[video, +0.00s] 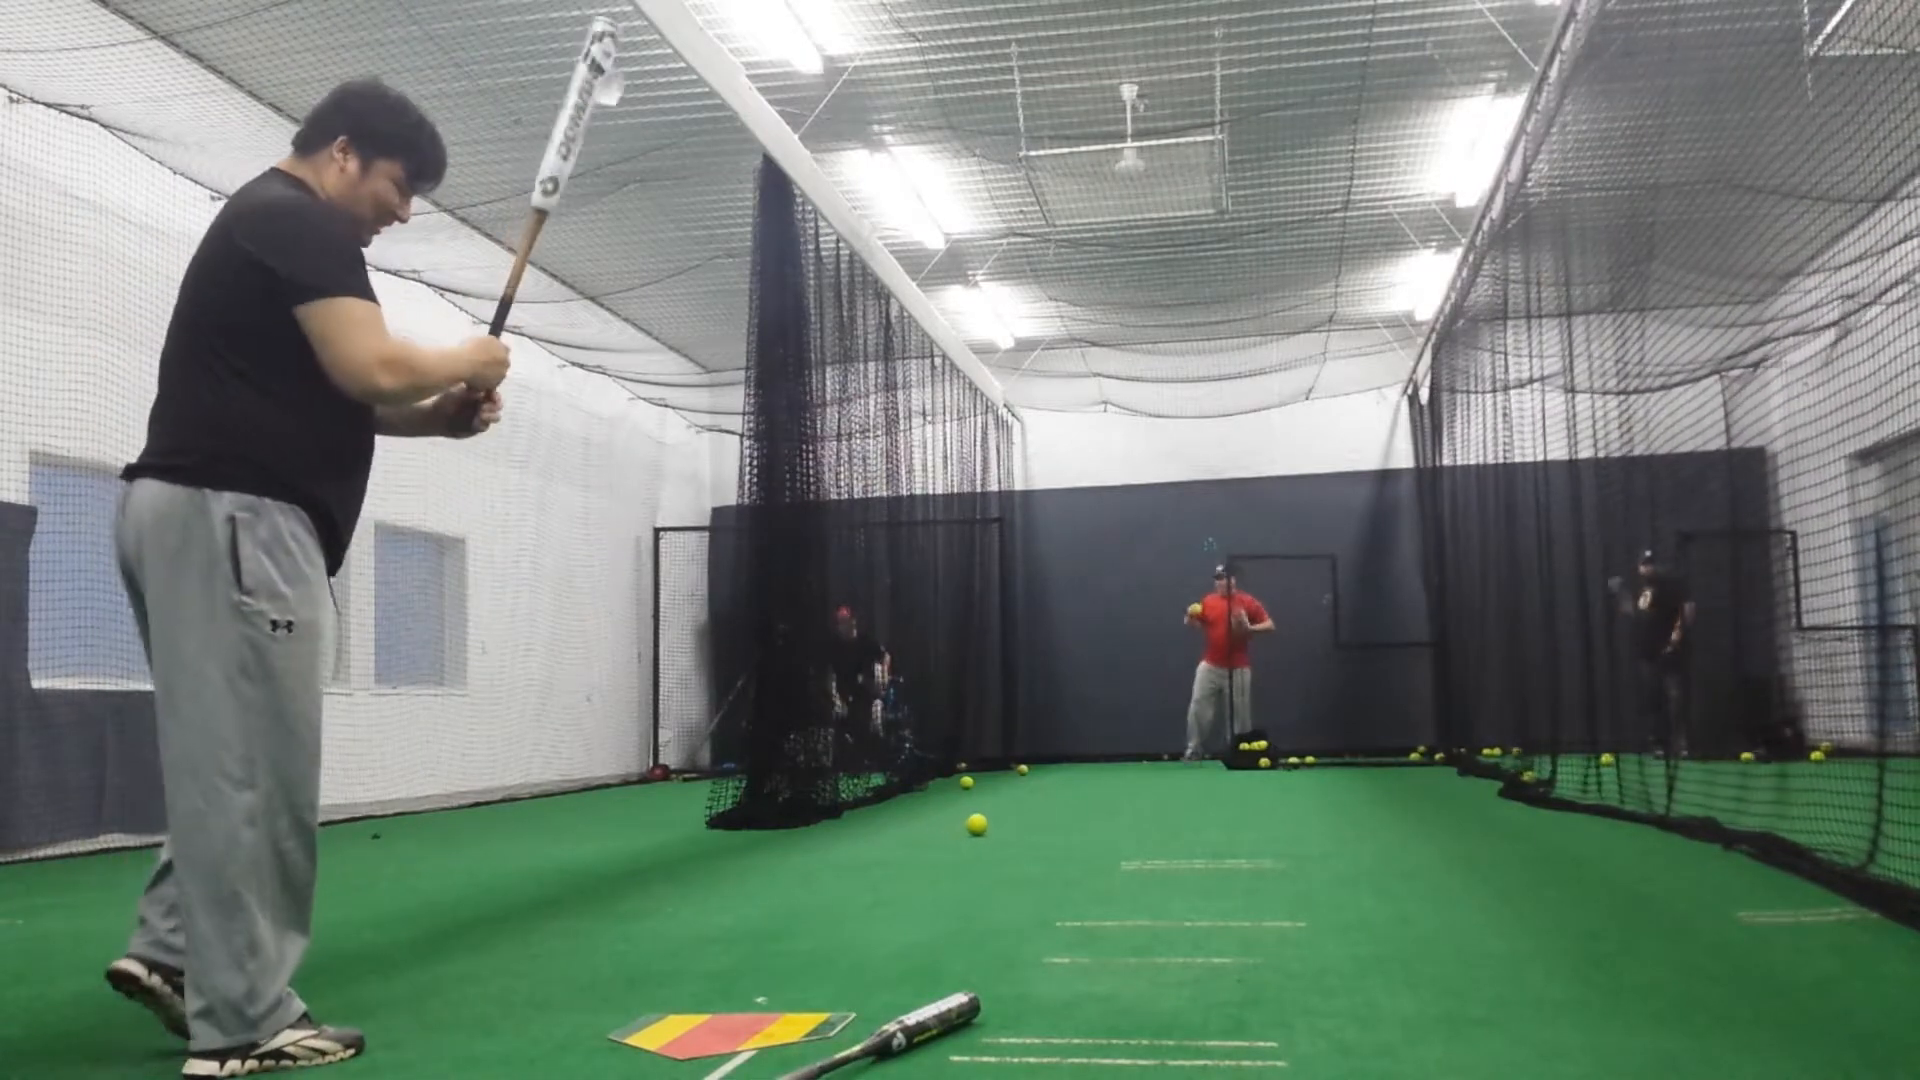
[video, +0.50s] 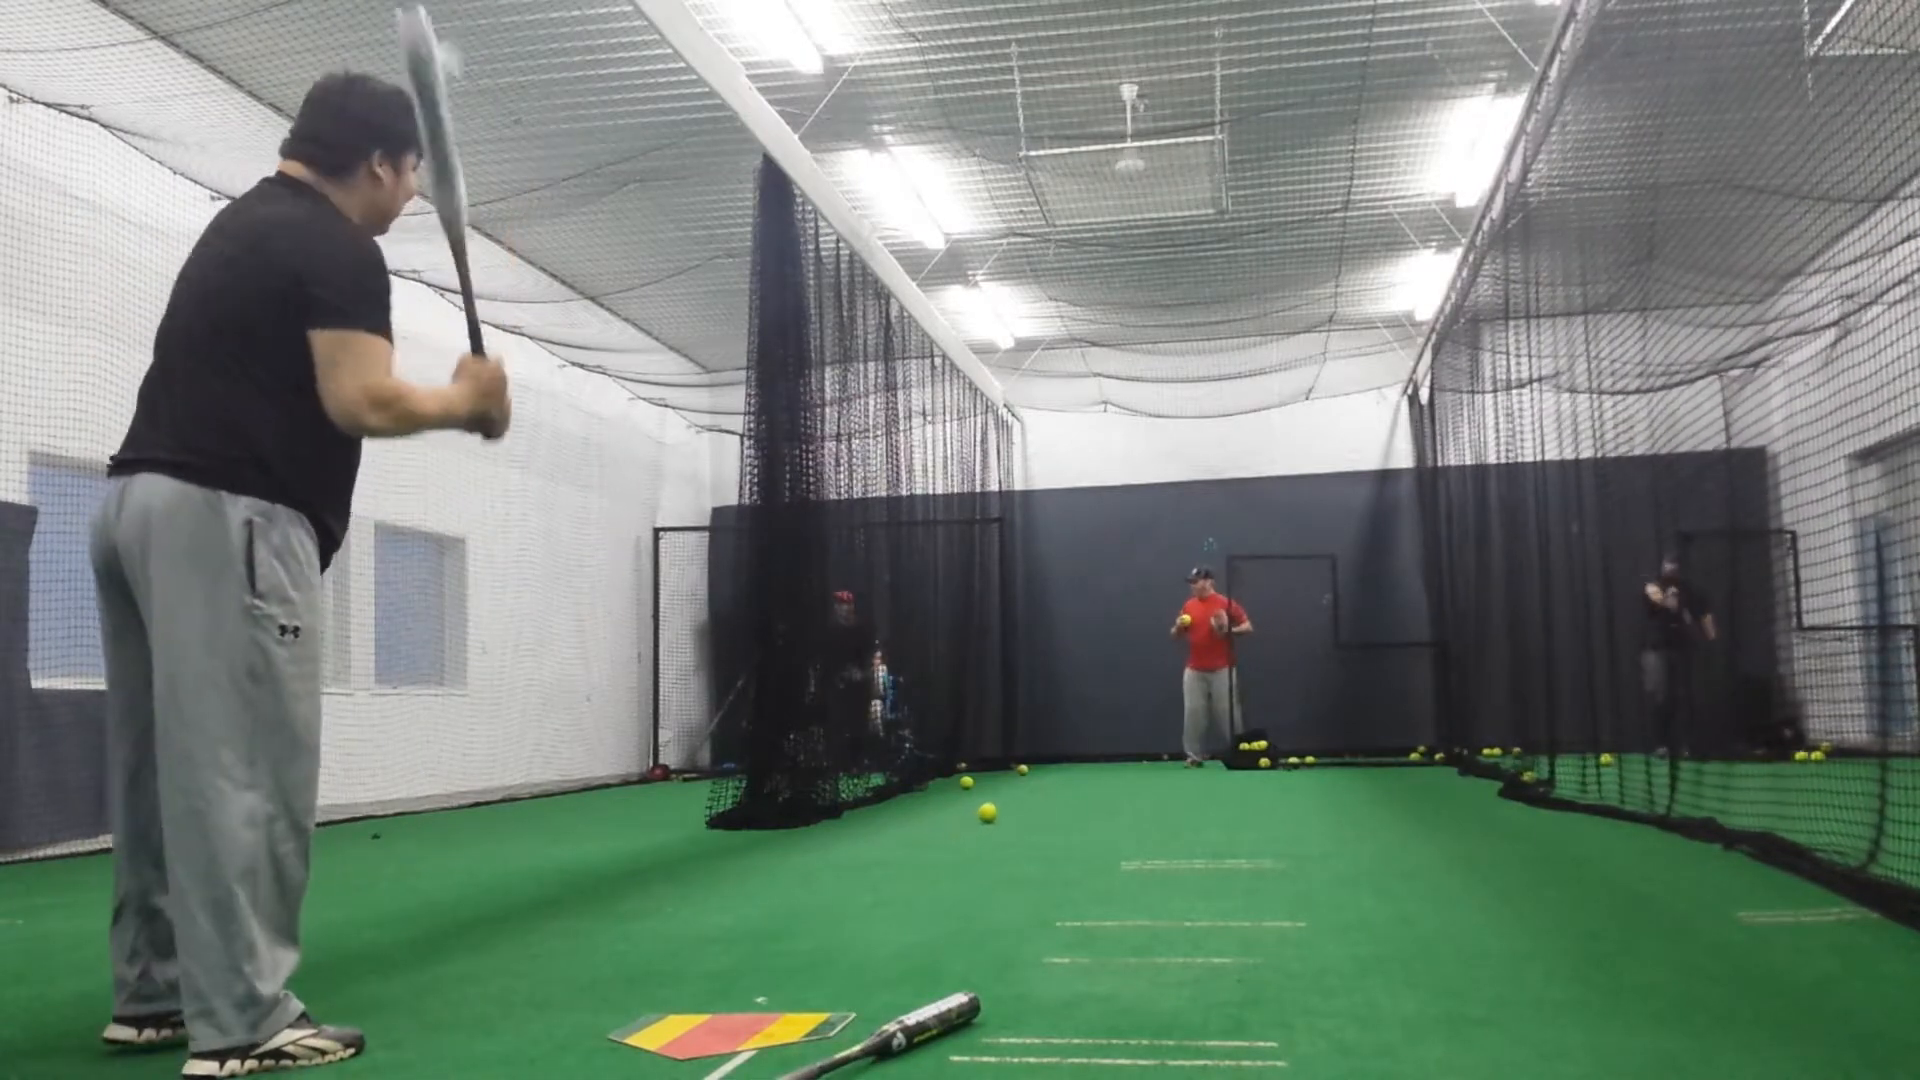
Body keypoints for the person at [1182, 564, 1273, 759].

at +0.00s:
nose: (1219, 583)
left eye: (1223, 578)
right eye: (1217, 578)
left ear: (1233, 580)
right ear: (1215, 581)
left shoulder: (1246, 601)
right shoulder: (1209, 601)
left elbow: (1269, 624)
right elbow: (1198, 624)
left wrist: (1249, 627)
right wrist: (1191, 618)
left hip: (1238, 666)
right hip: (1212, 664)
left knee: (1240, 709)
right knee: (1199, 706)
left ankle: (1241, 750)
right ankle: (1194, 748)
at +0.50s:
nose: (1193, 586)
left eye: (1196, 582)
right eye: (1192, 582)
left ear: (1209, 582)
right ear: (1193, 585)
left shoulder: (1226, 604)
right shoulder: (1190, 606)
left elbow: (1247, 626)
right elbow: (1175, 635)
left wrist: (1229, 630)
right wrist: (1179, 627)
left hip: (1221, 667)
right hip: (1195, 667)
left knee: (1226, 711)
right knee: (1193, 711)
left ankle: (1235, 751)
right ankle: (1194, 754)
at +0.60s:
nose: (1190, 586)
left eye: (1194, 582)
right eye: (1189, 582)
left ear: (1206, 583)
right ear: (1188, 585)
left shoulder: (1221, 605)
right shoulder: (1184, 606)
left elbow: (1237, 629)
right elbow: (1173, 635)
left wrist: (1223, 632)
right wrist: (1174, 629)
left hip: (1217, 667)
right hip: (1191, 667)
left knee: (1221, 711)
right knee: (1190, 710)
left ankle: (1228, 752)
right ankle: (1192, 754)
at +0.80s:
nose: (1185, 584)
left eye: (1189, 580)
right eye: (1183, 580)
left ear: (1199, 582)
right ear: (1180, 583)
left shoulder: (1215, 604)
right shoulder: (1175, 607)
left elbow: (1234, 624)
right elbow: (1161, 633)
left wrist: (1218, 629)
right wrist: (1166, 629)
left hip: (1214, 666)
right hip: (1187, 669)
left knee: (1222, 710)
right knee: (1188, 713)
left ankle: (1231, 752)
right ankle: (1193, 755)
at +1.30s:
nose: (1192, 582)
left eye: (1195, 578)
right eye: (1188, 579)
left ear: (1201, 581)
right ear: (1183, 583)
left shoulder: (1213, 603)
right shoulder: (1175, 606)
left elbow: (1227, 627)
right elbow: (1159, 633)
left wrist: (1218, 627)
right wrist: (1170, 627)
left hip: (1215, 665)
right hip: (1188, 667)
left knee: (1222, 711)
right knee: (1190, 713)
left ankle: (1231, 752)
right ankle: (1193, 755)